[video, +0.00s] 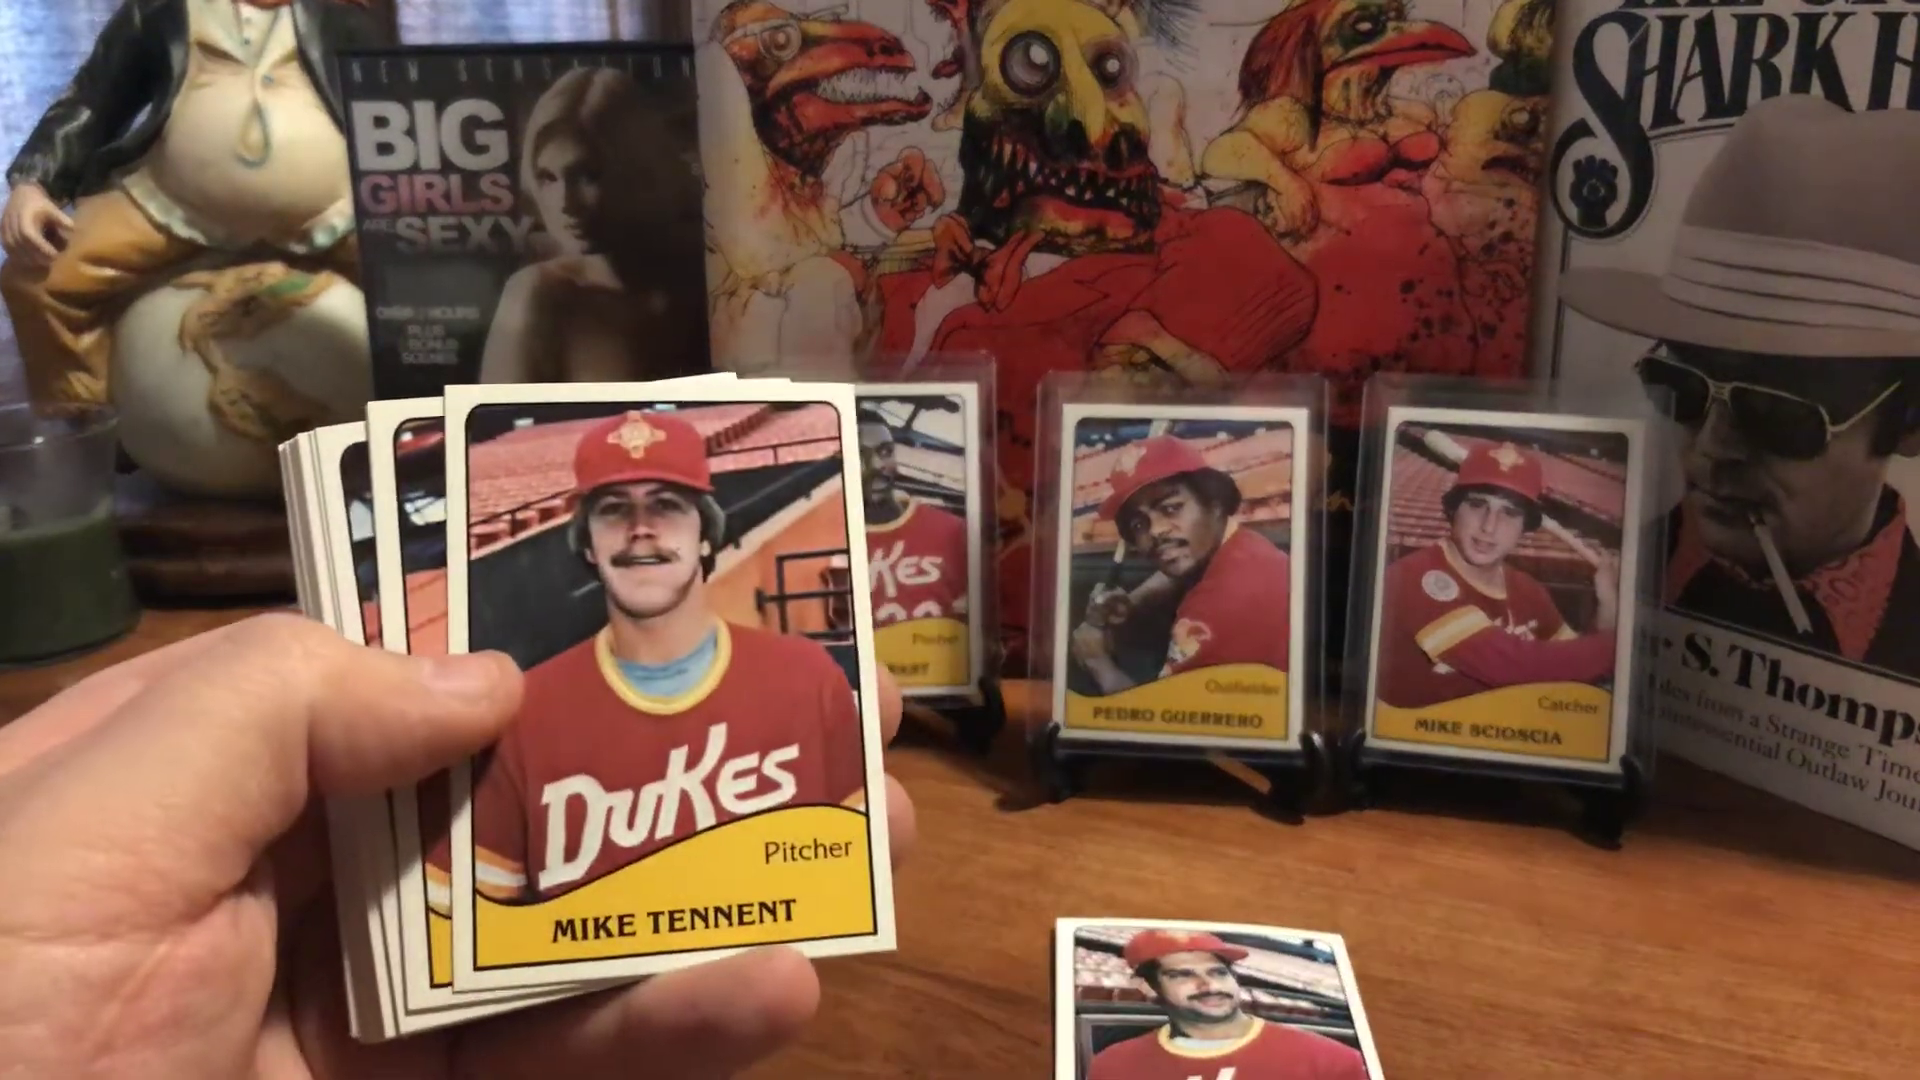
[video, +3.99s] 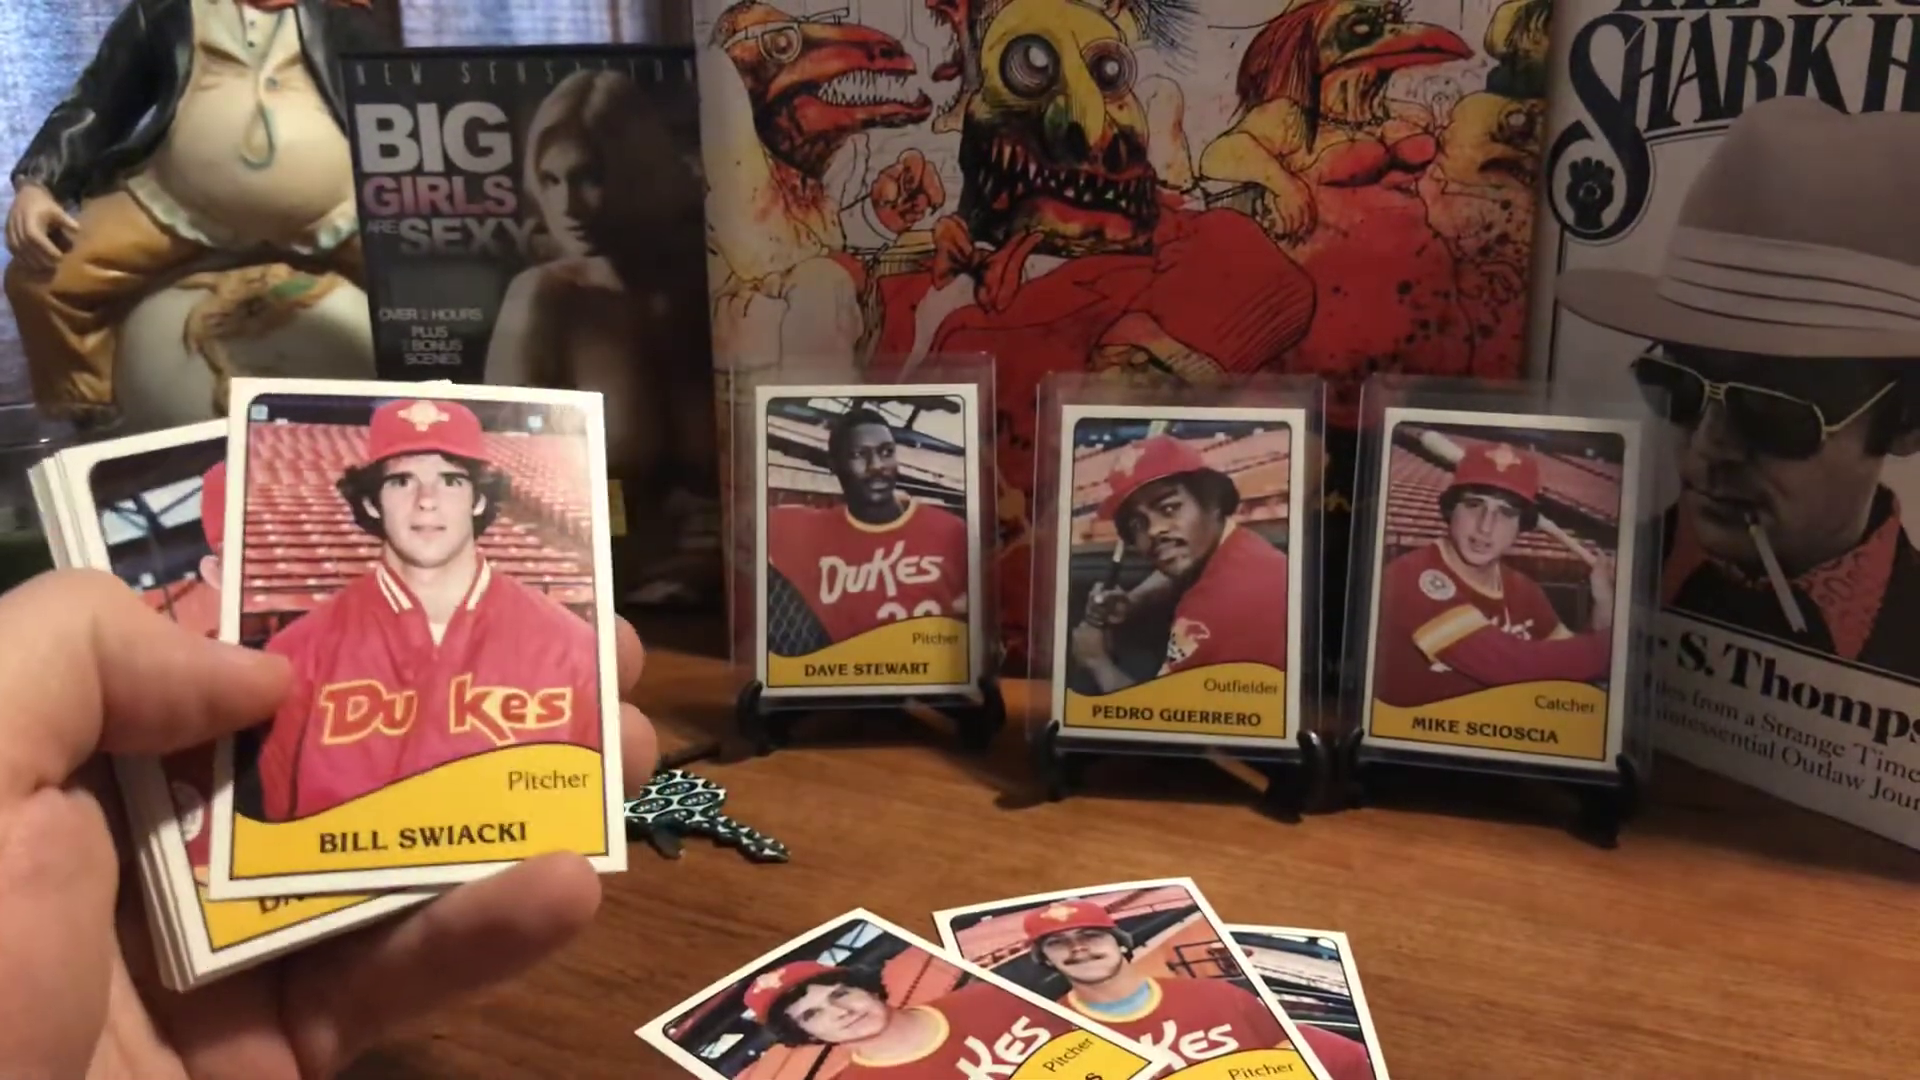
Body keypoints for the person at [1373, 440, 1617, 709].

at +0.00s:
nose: (1488, 526)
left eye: (1508, 513)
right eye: (1477, 505)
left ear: (1525, 528)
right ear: (1453, 509)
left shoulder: (1526, 590)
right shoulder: (1417, 577)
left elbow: (1580, 671)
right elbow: (1505, 665)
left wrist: (1607, 607)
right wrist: (1616, 644)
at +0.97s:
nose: (1486, 524)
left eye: (1506, 511)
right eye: (1475, 503)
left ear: (1522, 525)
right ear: (1451, 507)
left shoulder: (1524, 590)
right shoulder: (1416, 577)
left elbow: (1579, 671)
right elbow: (1505, 664)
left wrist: (1605, 608)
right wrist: (1623, 643)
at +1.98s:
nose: (1486, 525)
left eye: (1506, 512)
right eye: (1475, 504)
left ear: (1522, 526)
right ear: (1452, 509)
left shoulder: (1525, 591)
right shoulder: (1416, 578)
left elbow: (1578, 676)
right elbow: (1507, 665)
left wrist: (1605, 607)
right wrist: (1624, 640)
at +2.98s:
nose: (1487, 525)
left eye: (1506, 512)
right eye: (1476, 505)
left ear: (1521, 527)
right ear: (1452, 508)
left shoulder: (1525, 592)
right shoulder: (1416, 577)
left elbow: (1579, 675)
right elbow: (1504, 664)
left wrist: (1606, 606)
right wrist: (1620, 641)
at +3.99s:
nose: (1485, 526)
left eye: (1505, 512)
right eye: (1474, 505)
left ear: (1520, 526)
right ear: (1450, 509)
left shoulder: (1523, 591)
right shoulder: (1414, 578)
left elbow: (1578, 669)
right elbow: (1505, 664)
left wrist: (1604, 607)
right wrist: (1616, 643)